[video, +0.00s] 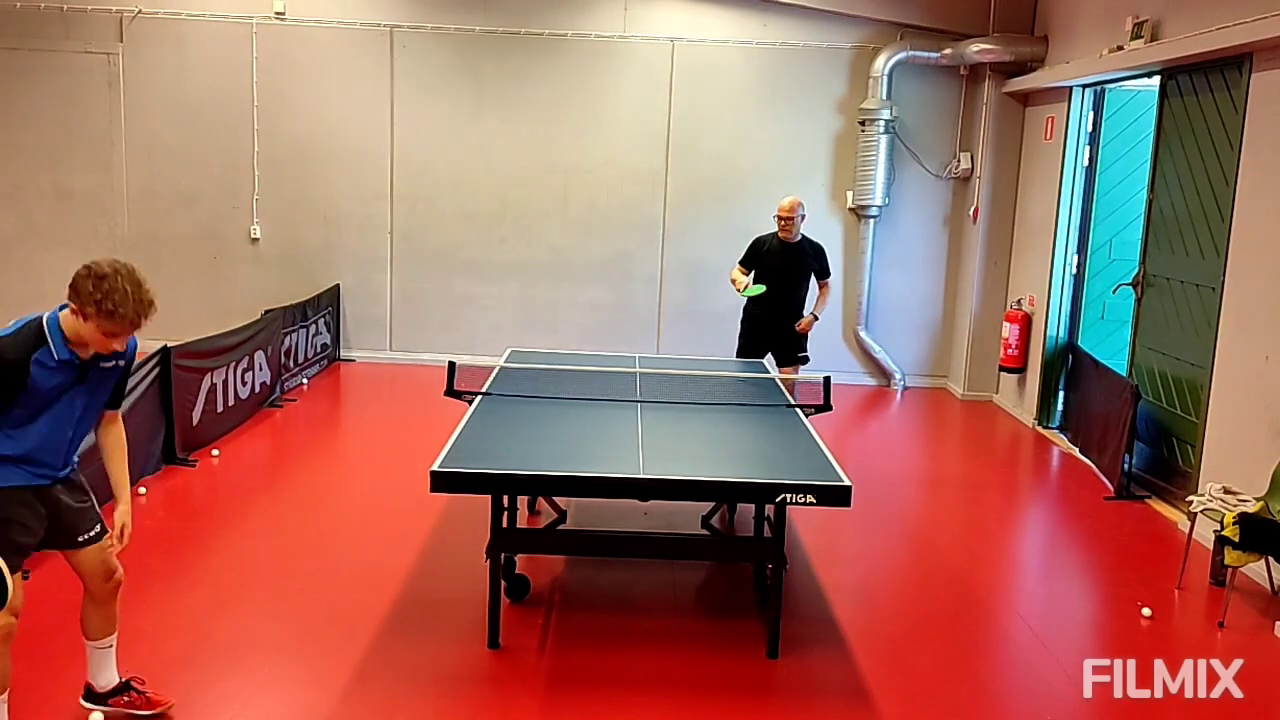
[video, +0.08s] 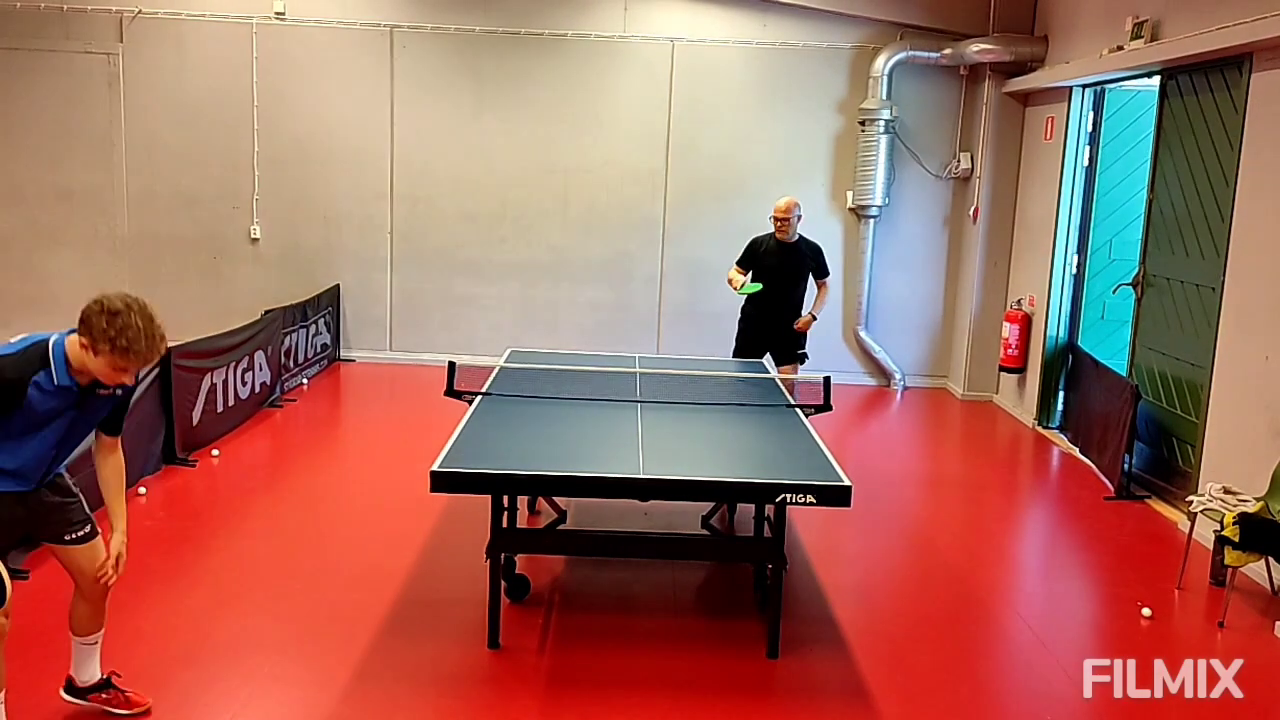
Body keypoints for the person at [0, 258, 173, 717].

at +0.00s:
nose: (119, 346)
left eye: (125, 337)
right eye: (110, 336)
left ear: (132, 323)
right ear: (78, 313)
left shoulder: (121, 351)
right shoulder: (18, 348)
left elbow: (110, 422)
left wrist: (124, 497)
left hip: (60, 481)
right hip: (7, 488)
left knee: (106, 578)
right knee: (6, 617)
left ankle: (103, 687)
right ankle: (3, 711)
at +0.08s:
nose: (126, 381)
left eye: (133, 372)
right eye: (120, 370)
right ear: (88, 345)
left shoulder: (118, 379)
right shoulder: (17, 368)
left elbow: (109, 447)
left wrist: (118, 530)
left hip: (42, 480)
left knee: (94, 572)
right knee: (1, 602)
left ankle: (85, 681)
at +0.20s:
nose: (136, 463)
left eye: (142, 459)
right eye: (133, 455)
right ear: (103, 432)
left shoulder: (112, 445)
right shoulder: (20, 414)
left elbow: (104, 515)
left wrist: (113, 588)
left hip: (23, 489)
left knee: (76, 580)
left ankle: (39, 677)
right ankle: (40, 676)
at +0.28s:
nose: (139, 490)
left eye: (144, 484)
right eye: (138, 481)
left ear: (112, 457)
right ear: (110, 459)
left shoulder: (111, 462)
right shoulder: (24, 429)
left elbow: (101, 538)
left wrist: (111, 609)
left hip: (18, 496)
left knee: (72, 583)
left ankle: (31, 680)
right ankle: (32, 680)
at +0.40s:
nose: (161, 493)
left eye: (168, 487)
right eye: (163, 483)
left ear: (139, 459)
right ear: (139, 460)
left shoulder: (118, 470)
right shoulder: (51, 426)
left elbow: (99, 547)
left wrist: (110, 622)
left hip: (15, 498)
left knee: (64, 582)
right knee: (59, 584)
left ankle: (28, 684)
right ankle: (28, 683)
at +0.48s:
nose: (184, 468)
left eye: (191, 463)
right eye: (185, 459)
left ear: (157, 437)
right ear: (158, 437)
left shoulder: (129, 455)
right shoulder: (64, 413)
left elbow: (100, 528)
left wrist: (110, 603)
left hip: (15, 496)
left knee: (59, 580)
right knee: (56, 581)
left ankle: (26, 686)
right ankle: (26, 685)